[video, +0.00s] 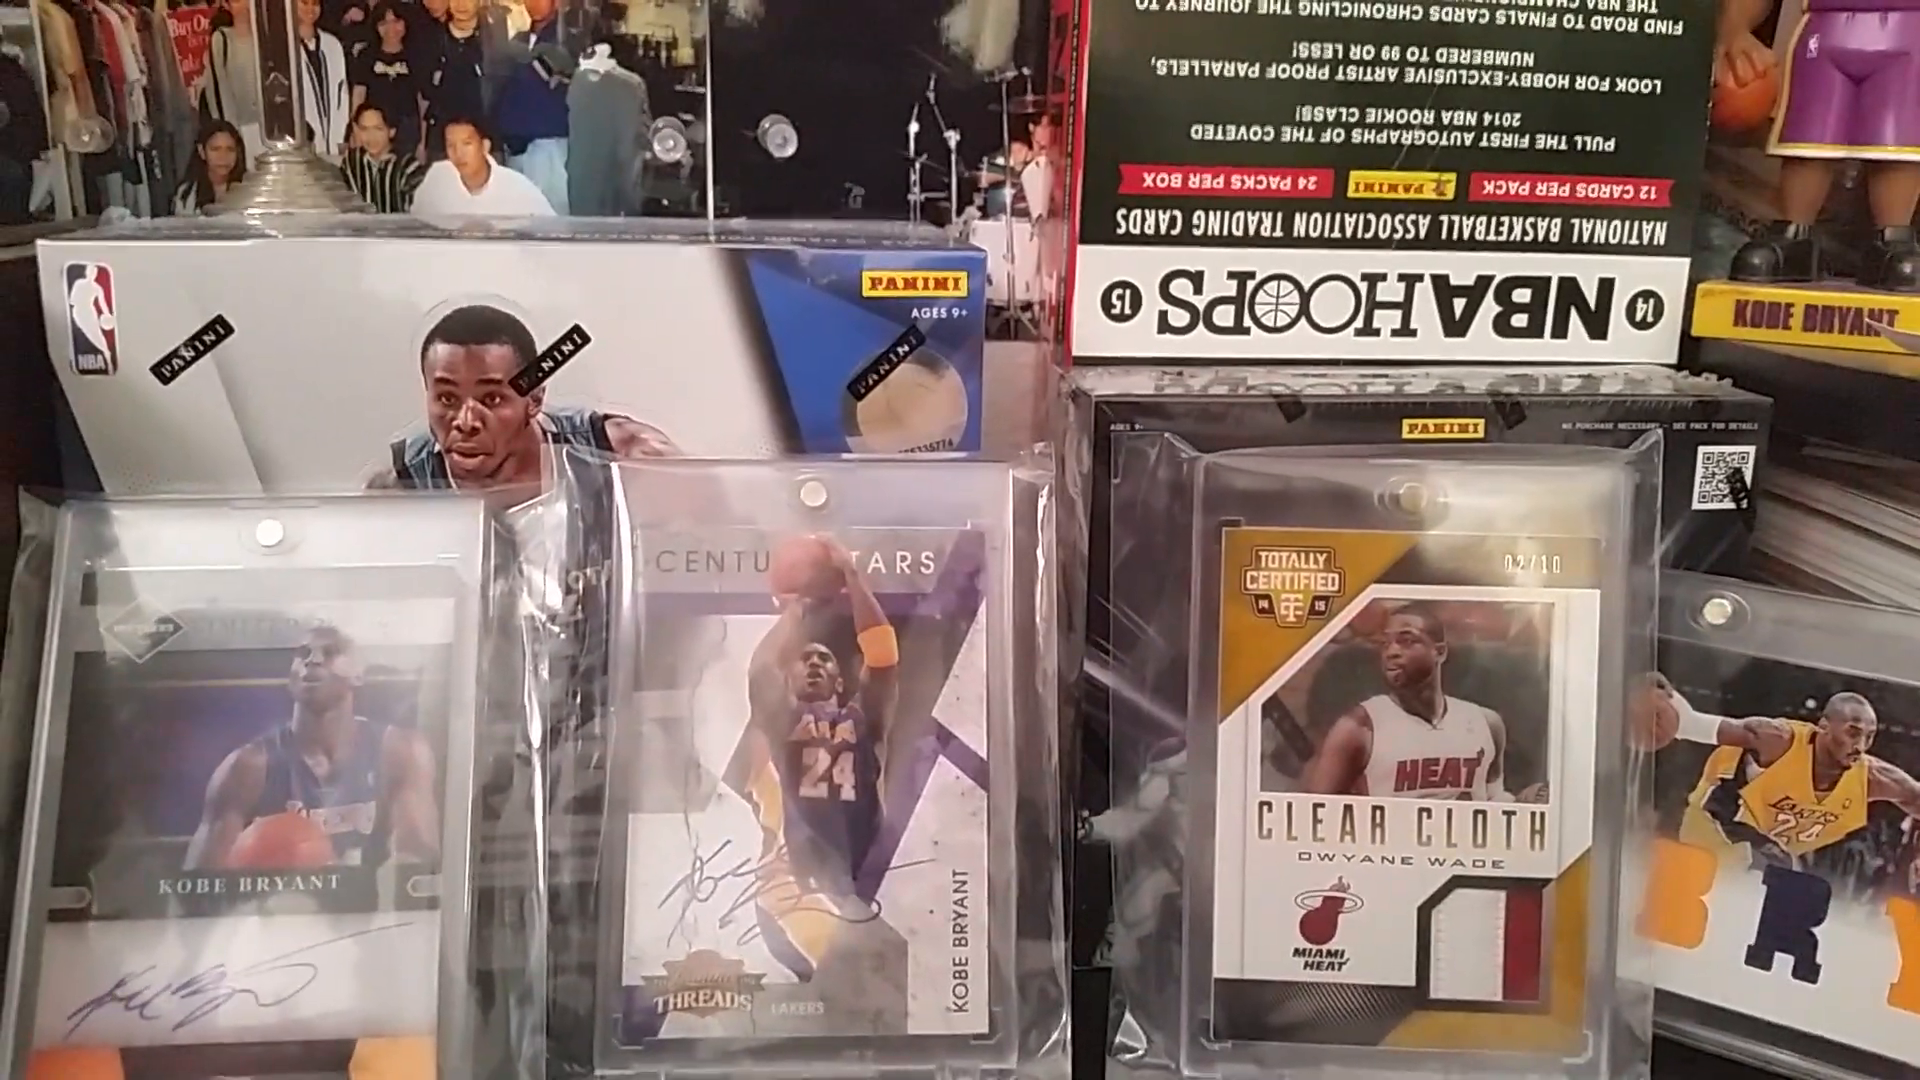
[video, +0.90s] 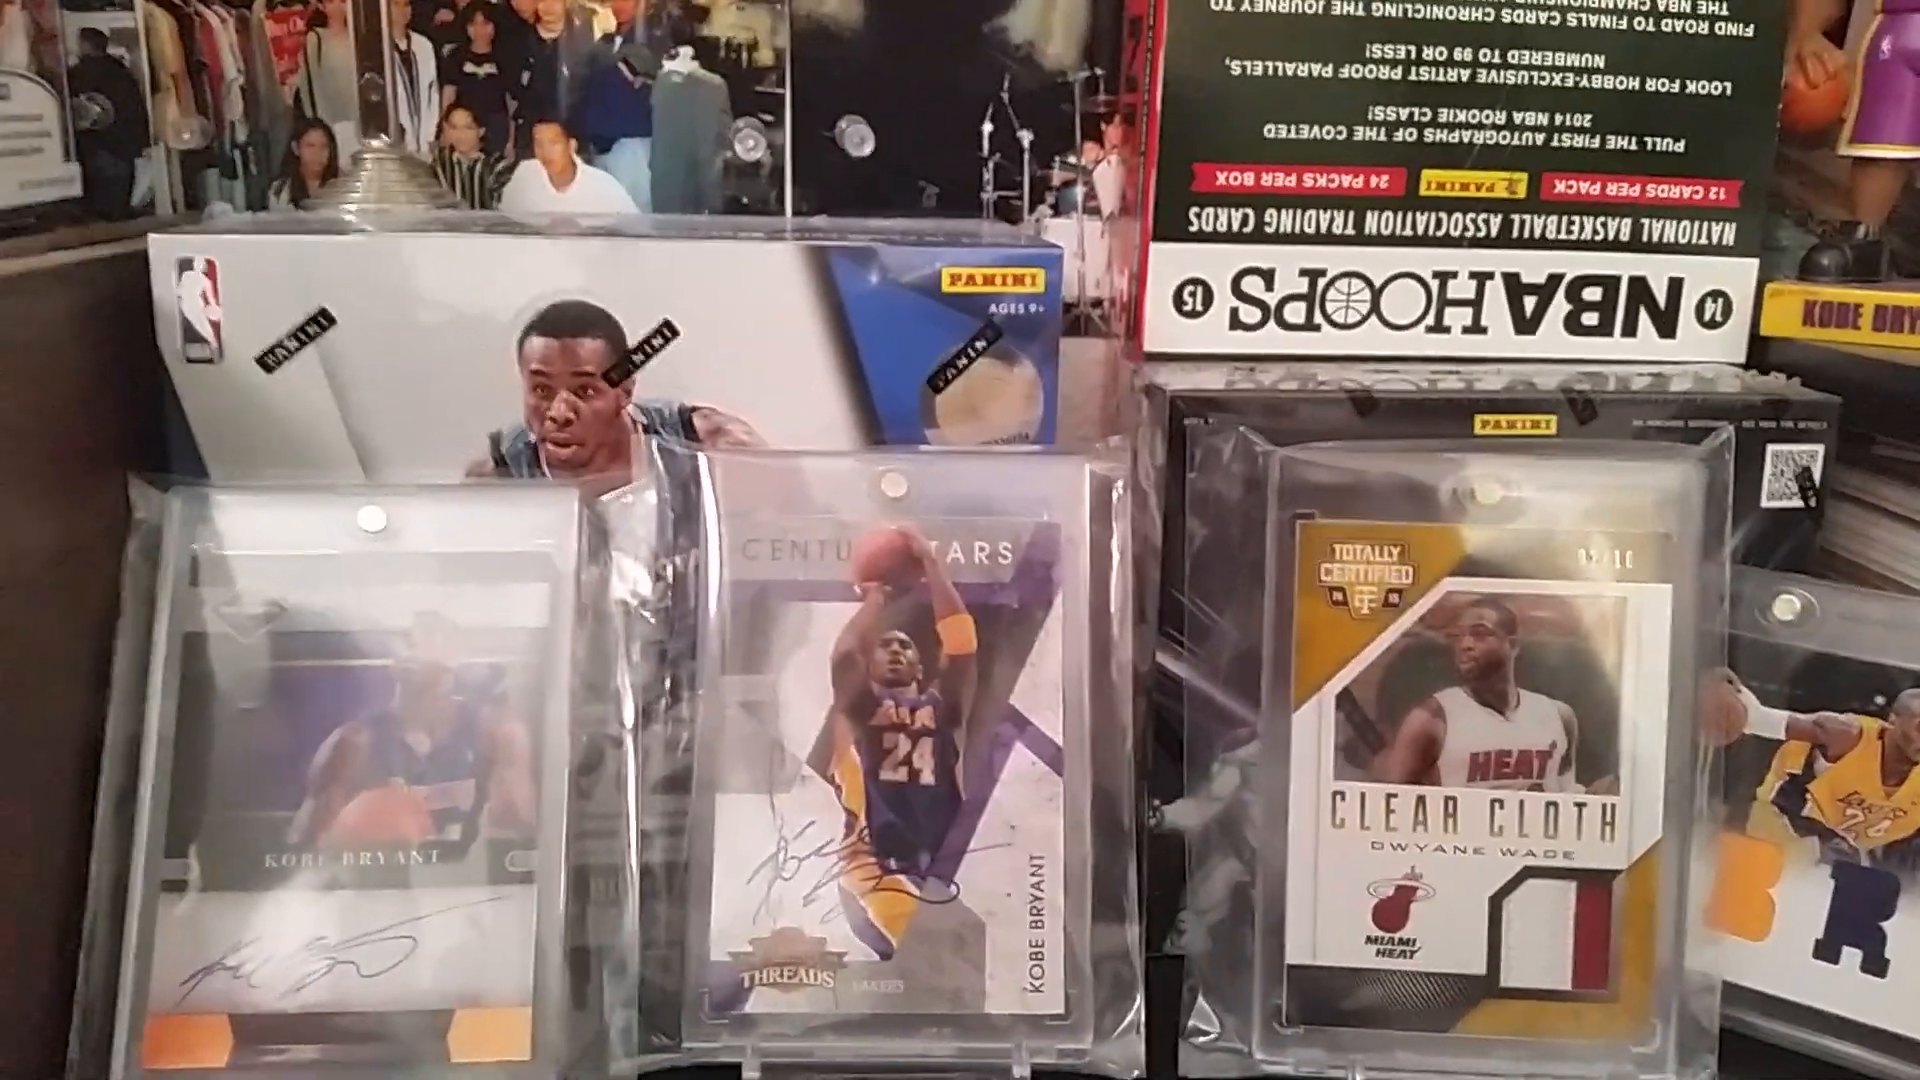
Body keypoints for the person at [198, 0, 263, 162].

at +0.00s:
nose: (245, 5)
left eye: (247, 1)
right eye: (238, 1)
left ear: (253, 4)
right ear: (227, 5)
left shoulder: (264, 35)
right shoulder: (221, 38)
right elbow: (219, 84)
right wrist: (228, 126)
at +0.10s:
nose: (246, 5)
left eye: (249, 0)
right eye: (240, 1)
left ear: (257, 4)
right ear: (229, 5)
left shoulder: (267, 35)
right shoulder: (224, 38)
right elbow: (224, 85)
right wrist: (234, 128)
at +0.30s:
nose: (268, 5)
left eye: (270, 1)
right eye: (261, 1)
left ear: (277, 4)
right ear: (249, 5)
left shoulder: (286, 35)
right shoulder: (244, 38)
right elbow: (244, 86)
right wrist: (253, 127)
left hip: (291, 118)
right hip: (263, 122)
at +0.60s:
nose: (281, 6)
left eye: (285, 1)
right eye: (275, 1)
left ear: (293, 5)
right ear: (265, 6)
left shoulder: (301, 36)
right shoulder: (259, 38)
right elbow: (259, 83)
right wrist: (268, 124)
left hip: (305, 116)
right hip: (277, 119)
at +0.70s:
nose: (288, 6)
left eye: (292, 1)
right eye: (282, 2)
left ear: (299, 4)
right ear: (273, 5)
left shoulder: (310, 33)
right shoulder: (267, 37)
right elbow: (266, 80)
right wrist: (274, 121)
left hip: (312, 112)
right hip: (284, 116)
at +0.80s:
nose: (314, 5)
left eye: (317, 1)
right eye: (309, 1)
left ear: (323, 5)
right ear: (297, 5)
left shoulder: (331, 38)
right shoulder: (290, 38)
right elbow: (282, 79)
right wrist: (286, 114)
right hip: (300, 117)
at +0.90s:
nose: (343, 4)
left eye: (342, 1)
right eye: (335, 1)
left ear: (346, 5)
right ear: (322, 6)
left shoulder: (354, 36)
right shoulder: (315, 37)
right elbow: (307, 80)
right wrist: (312, 119)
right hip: (328, 115)